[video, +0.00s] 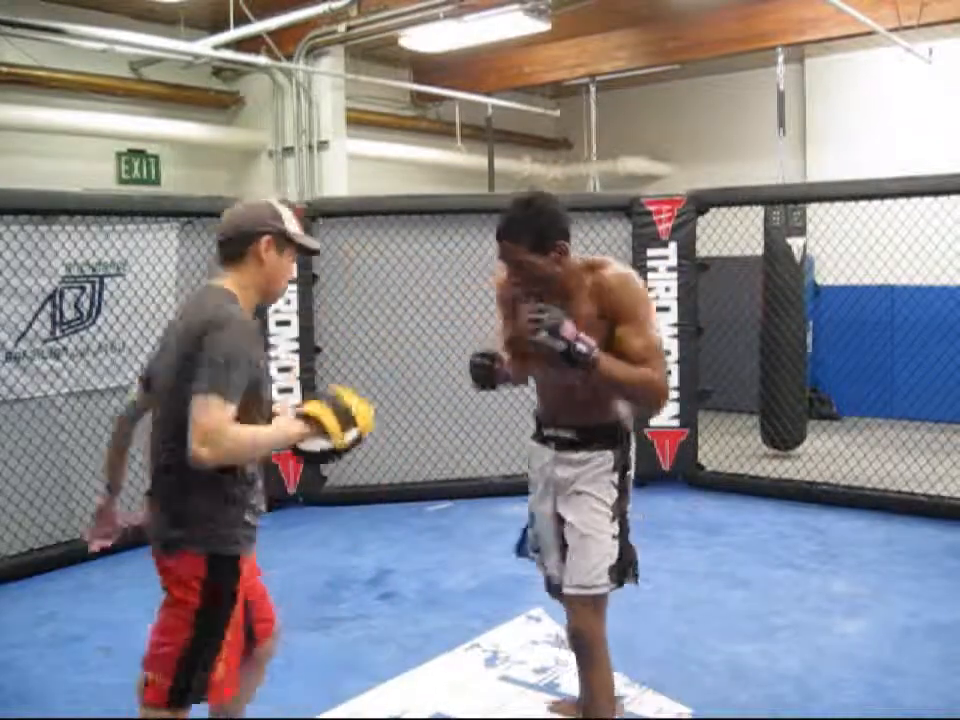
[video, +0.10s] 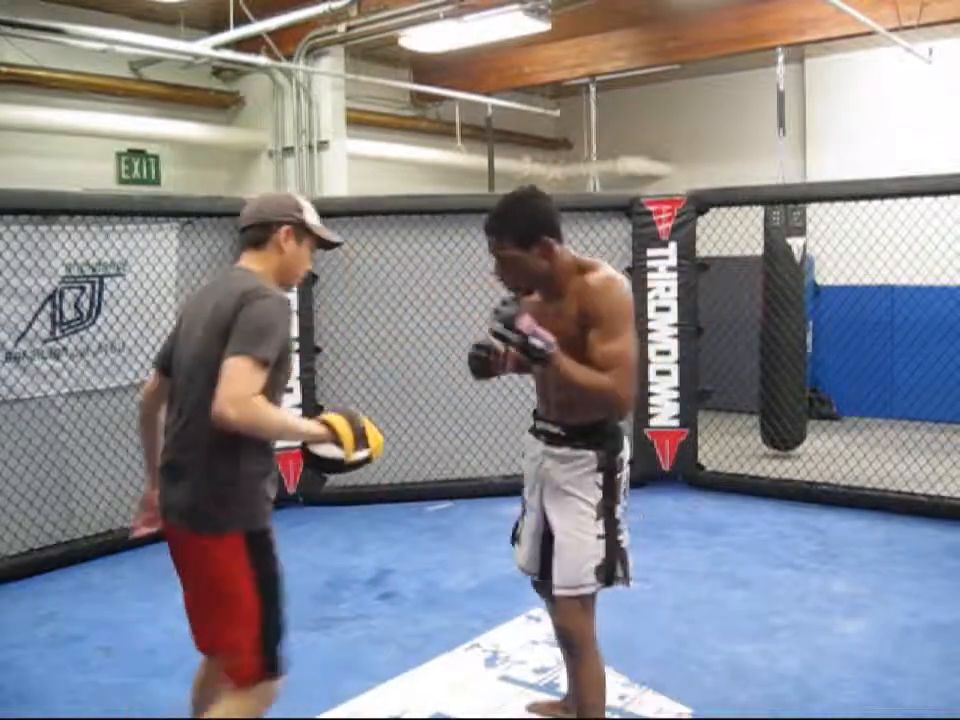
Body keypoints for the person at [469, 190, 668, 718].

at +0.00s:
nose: (510, 274)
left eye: (518, 263)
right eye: (507, 263)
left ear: (556, 253)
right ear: (508, 256)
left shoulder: (617, 285)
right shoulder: (514, 287)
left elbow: (655, 388)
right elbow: (524, 364)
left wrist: (590, 356)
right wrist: (499, 371)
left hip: (599, 454)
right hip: (547, 450)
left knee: (584, 620)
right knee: (566, 596)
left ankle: (600, 710)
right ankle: (596, 698)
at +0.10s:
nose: (497, 270)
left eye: (503, 258)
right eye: (494, 258)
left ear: (543, 248)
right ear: (535, 249)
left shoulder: (605, 290)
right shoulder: (530, 290)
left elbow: (620, 394)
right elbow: (539, 358)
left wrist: (551, 357)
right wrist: (498, 362)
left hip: (589, 459)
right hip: (546, 451)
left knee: (572, 617)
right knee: (552, 593)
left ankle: (591, 712)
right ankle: (579, 698)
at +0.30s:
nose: (474, 256)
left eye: (480, 246)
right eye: (473, 246)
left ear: (513, 241)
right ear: (514, 242)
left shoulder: (561, 289)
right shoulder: (529, 285)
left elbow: (541, 394)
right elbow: (537, 356)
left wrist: (499, 332)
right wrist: (492, 339)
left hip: (584, 449)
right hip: (557, 444)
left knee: (516, 609)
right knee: (541, 574)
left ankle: (530, 712)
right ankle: (587, 685)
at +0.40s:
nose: (466, 288)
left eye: (470, 276)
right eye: (466, 277)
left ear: (499, 276)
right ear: (510, 274)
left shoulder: (550, 327)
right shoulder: (533, 313)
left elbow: (527, 436)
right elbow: (537, 393)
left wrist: (492, 378)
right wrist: (495, 367)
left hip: (581, 482)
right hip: (559, 473)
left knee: (482, 623)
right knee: (550, 587)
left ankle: (476, 713)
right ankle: (605, 678)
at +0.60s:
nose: (434, 281)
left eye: (435, 270)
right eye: (434, 269)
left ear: (449, 270)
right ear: (490, 263)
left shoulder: (468, 321)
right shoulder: (546, 300)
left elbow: (478, 434)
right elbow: (620, 368)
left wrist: (482, 443)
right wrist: (556, 386)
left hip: (544, 495)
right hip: (591, 477)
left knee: (436, 628)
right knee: (585, 583)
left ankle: (442, 715)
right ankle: (603, 682)